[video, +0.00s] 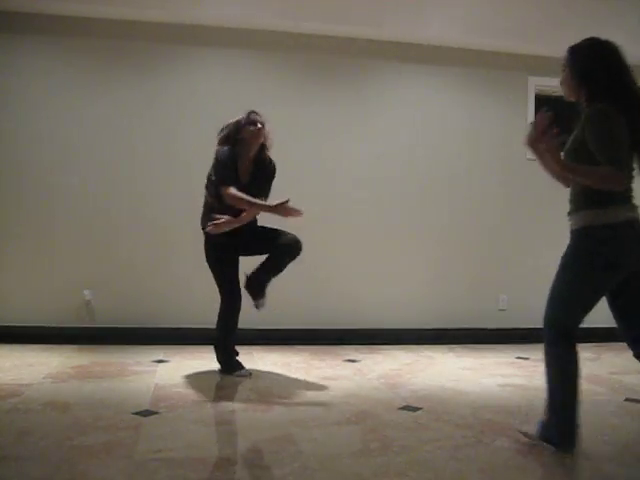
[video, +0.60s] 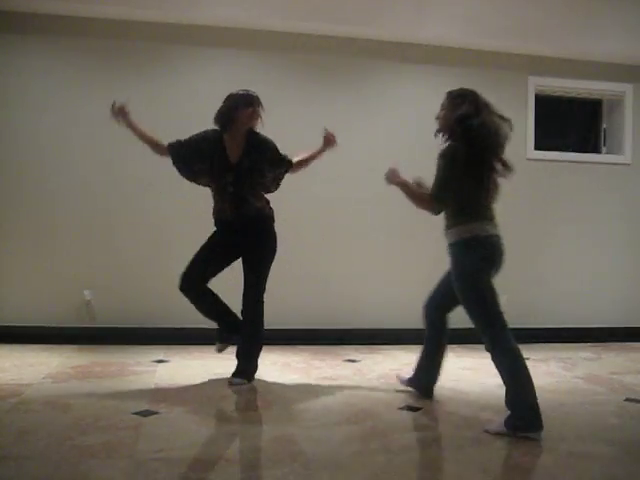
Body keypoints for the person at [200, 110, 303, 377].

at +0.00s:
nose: (256, 125)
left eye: (259, 123)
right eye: (249, 123)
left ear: (265, 134)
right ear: (239, 132)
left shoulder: (266, 166)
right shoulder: (225, 155)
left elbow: (254, 207)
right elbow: (228, 194)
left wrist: (233, 223)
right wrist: (271, 208)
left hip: (246, 232)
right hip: (219, 236)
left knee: (291, 244)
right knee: (231, 297)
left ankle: (257, 282)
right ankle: (227, 360)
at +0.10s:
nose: (260, 118)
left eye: (263, 114)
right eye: (253, 114)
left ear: (267, 123)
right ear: (241, 123)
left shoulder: (266, 154)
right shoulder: (227, 145)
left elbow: (252, 190)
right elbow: (241, 177)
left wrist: (248, 218)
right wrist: (270, 198)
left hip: (245, 222)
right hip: (219, 224)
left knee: (277, 250)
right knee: (225, 292)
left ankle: (261, 314)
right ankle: (226, 359)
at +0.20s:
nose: (262, 109)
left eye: (265, 105)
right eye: (256, 104)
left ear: (269, 111)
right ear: (242, 109)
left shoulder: (269, 141)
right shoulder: (226, 134)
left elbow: (267, 182)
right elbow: (230, 175)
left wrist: (273, 222)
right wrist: (242, 211)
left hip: (252, 217)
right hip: (220, 218)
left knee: (254, 286)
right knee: (228, 287)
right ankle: (230, 361)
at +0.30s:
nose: (259, 114)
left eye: (262, 110)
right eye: (253, 109)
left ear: (265, 115)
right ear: (238, 113)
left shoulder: (267, 147)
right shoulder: (218, 142)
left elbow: (277, 189)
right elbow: (209, 182)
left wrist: (295, 225)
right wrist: (203, 217)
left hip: (255, 228)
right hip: (221, 227)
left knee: (240, 295)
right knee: (234, 295)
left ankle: (233, 368)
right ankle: (247, 351)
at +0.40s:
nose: (260, 112)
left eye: (262, 108)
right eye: (254, 107)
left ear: (264, 113)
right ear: (238, 110)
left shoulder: (266, 147)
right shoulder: (214, 143)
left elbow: (280, 191)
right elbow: (194, 183)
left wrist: (314, 212)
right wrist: (163, 210)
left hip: (256, 230)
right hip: (222, 229)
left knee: (244, 294)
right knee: (234, 295)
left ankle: (238, 367)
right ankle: (250, 354)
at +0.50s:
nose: (262, 112)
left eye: (262, 107)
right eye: (256, 106)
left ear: (259, 111)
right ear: (238, 109)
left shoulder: (265, 143)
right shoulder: (213, 139)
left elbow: (281, 178)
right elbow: (181, 168)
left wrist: (321, 182)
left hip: (257, 228)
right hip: (224, 226)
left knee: (249, 296)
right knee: (213, 294)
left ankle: (245, 370)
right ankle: (243, 340)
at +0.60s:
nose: (257, 114)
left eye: (258, 110)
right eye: (251, 109)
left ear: (255, 116)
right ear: (235, 112)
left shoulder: (260, 146)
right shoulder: (209, 142)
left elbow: (289, 166)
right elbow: (163, 150)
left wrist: (323, 148)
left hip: (259, 232)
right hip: (227, 232)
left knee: (252, 300)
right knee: (190, 284)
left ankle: (246, 371)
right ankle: (232, 327)